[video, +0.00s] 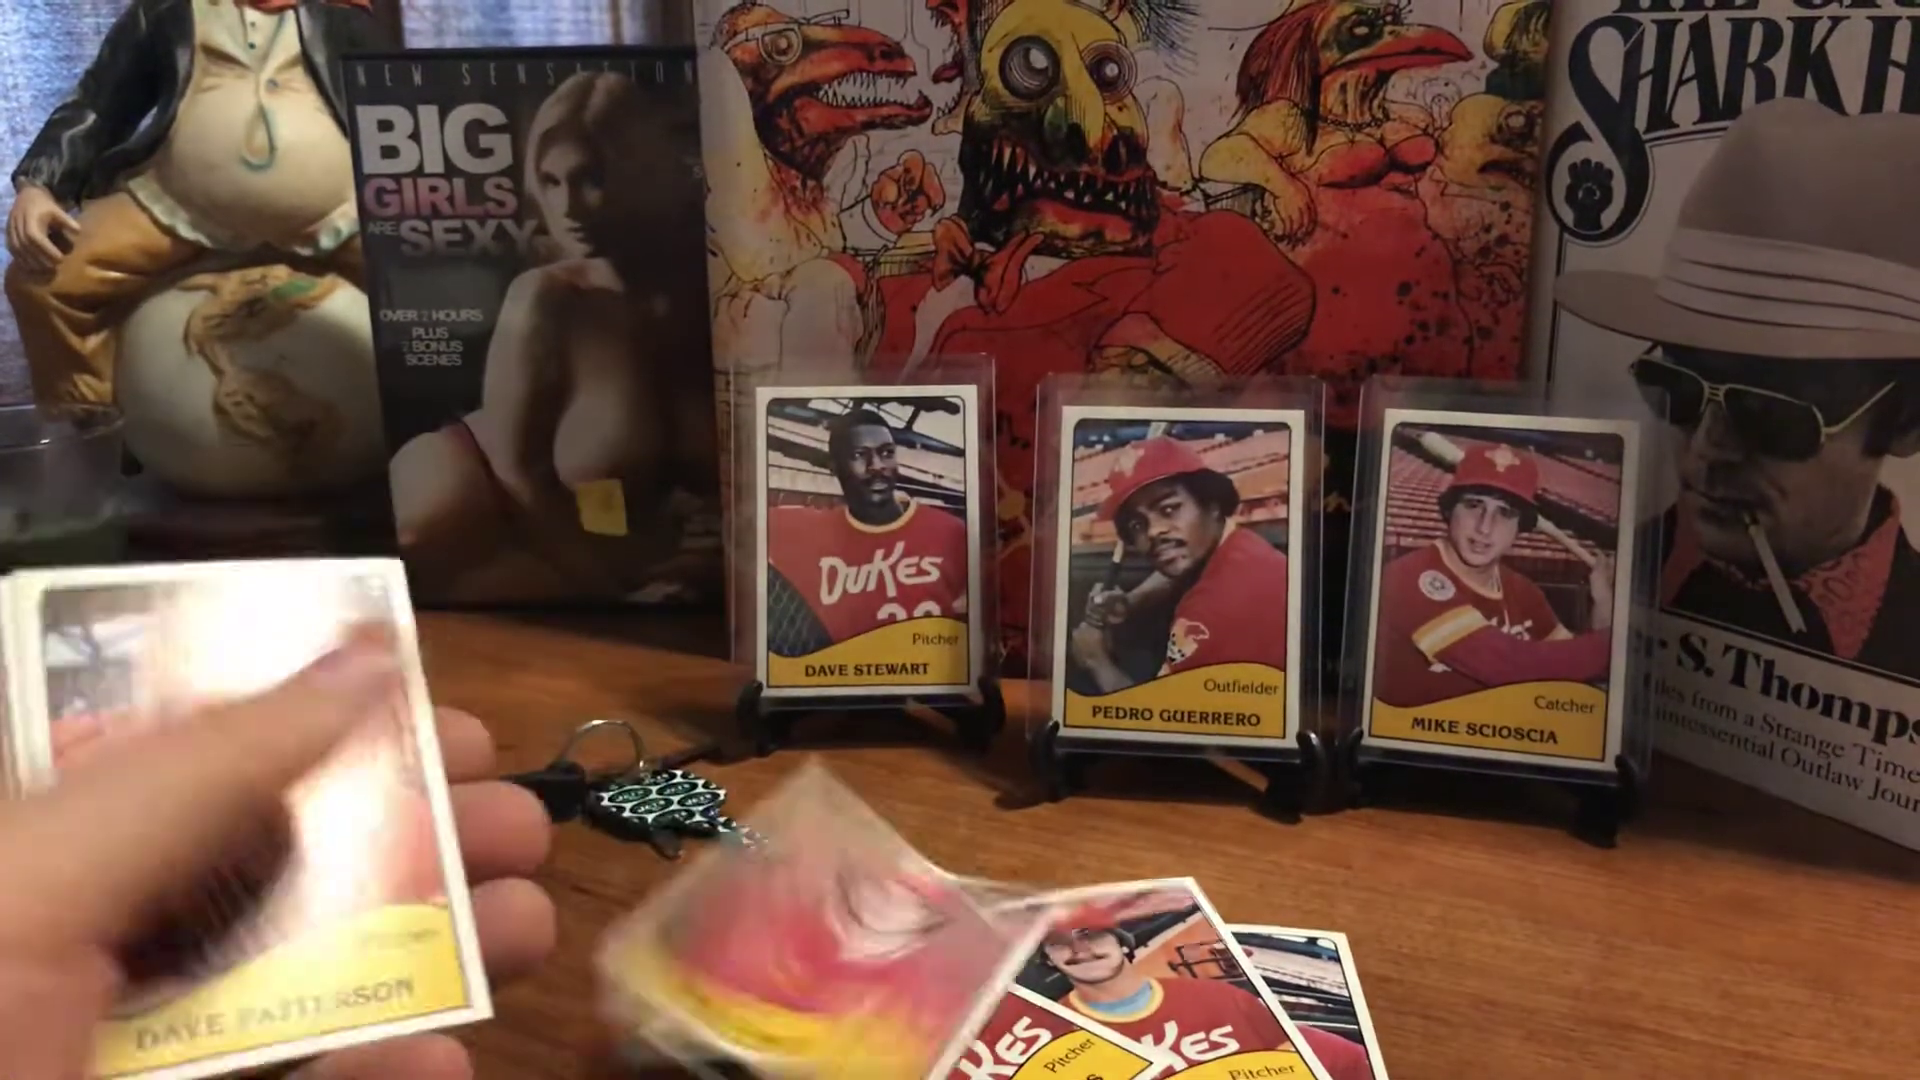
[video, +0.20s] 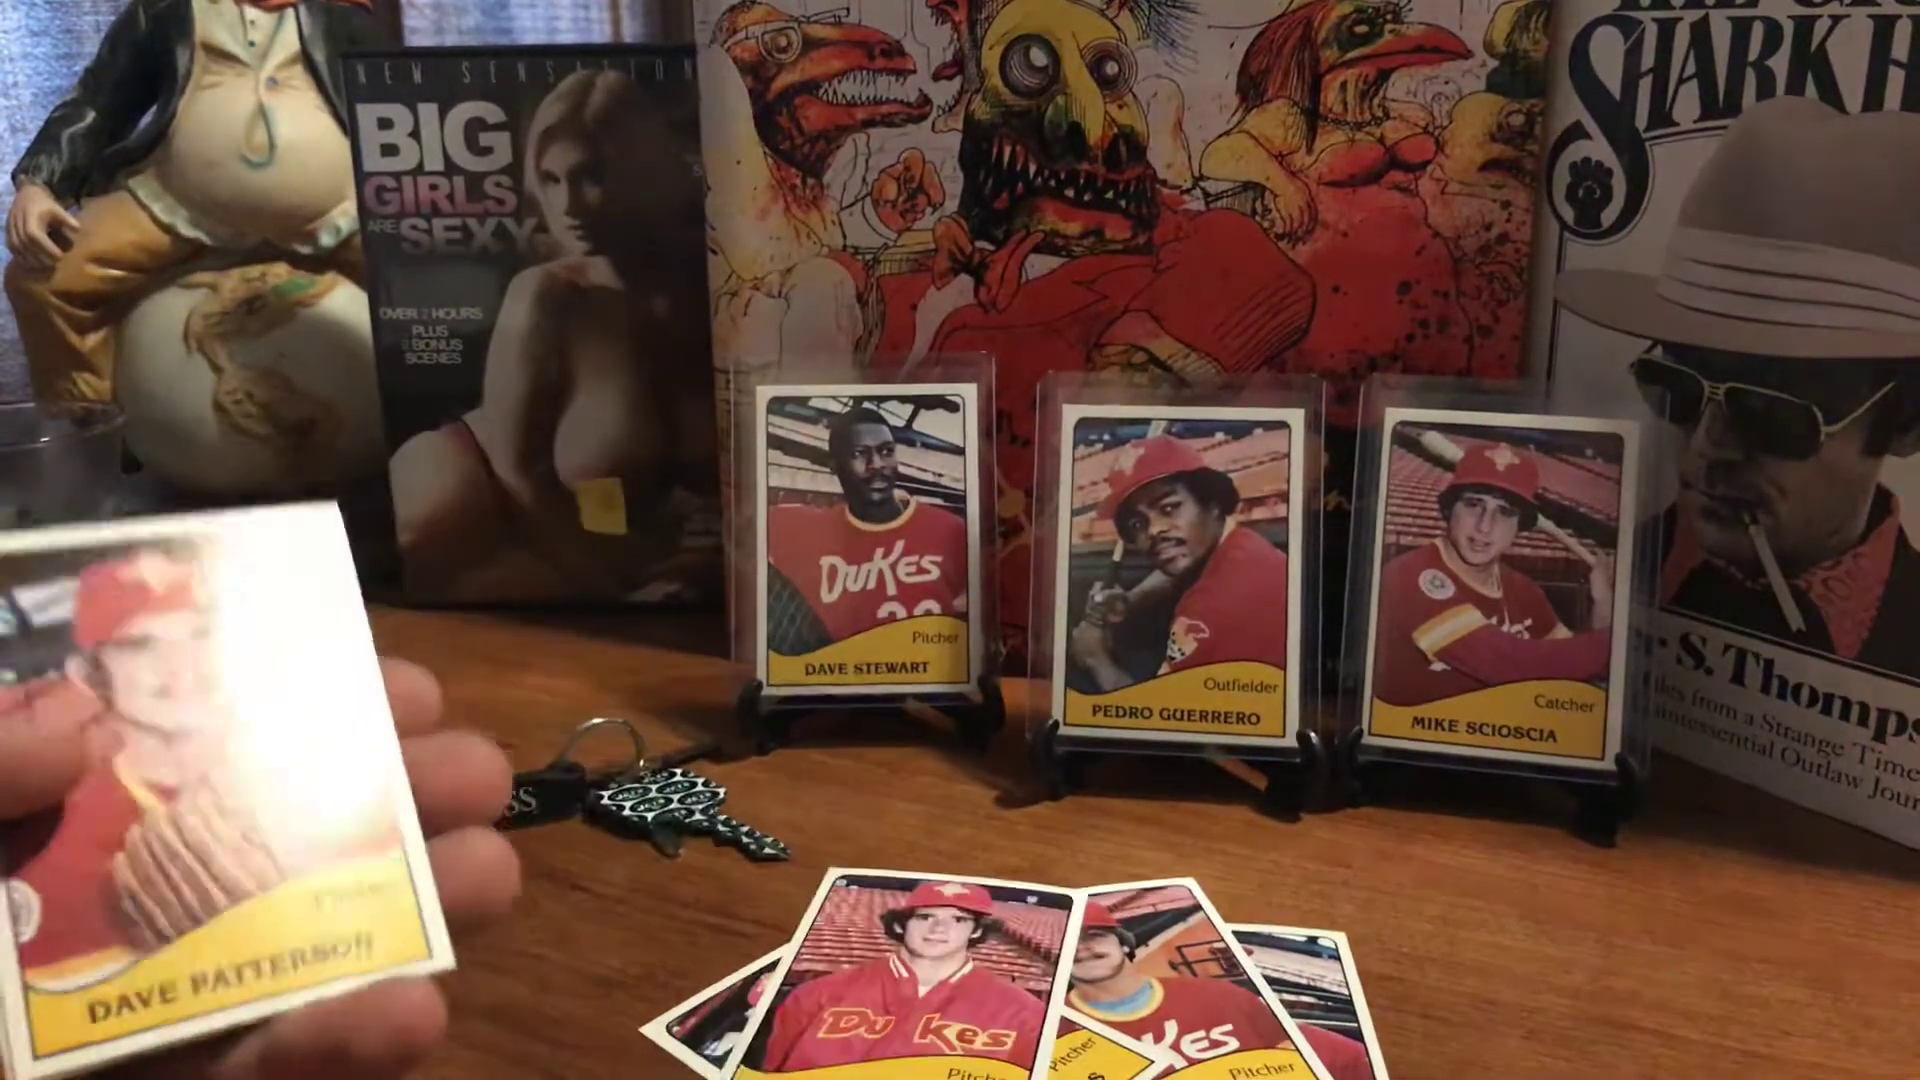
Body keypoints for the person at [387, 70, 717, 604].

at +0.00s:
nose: (569, 205)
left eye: (591, 179)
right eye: (552, 182)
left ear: (644, 178)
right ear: (535, 189)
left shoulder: (692, 297)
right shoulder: (544, 299)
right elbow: (514, 464)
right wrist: (608, 575)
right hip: (481, 464)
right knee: (428, 539)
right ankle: (614, 584)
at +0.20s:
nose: (569, 203)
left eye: (591, 176)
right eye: (552, 180)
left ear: (642, 175)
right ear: (535, 187)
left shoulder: (696, 293)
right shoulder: (544, 296)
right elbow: (514, 465)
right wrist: (615, 578)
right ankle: (615, 585)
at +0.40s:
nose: (569, 204)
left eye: (592, 177)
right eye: (552, 180)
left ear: (644, 177)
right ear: (536, 187)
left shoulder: (697, 295)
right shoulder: (545, 296)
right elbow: (514, 463)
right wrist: (613, 577)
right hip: (481, 464)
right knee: (420, 536)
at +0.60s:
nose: (569, 206)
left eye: (590, 179)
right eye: (552, 182)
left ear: (641, 176)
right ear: (536, 189)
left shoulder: (694, 295)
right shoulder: (544, 300)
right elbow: (514, 466)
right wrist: (611, 579)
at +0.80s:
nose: (570, 205)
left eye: (592, 178)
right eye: (552, 182)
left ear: (641, 179)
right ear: (538, 190)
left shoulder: (699, 299)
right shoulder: (543, 298)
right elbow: (508, 471)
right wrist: (609, 580)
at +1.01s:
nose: (570, 205)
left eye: (593, 179)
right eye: (553, 182)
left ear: (638, 179)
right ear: (537, 189)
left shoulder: (699, 294)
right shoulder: (543, 298)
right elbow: (508, 470)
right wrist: (609, 577)